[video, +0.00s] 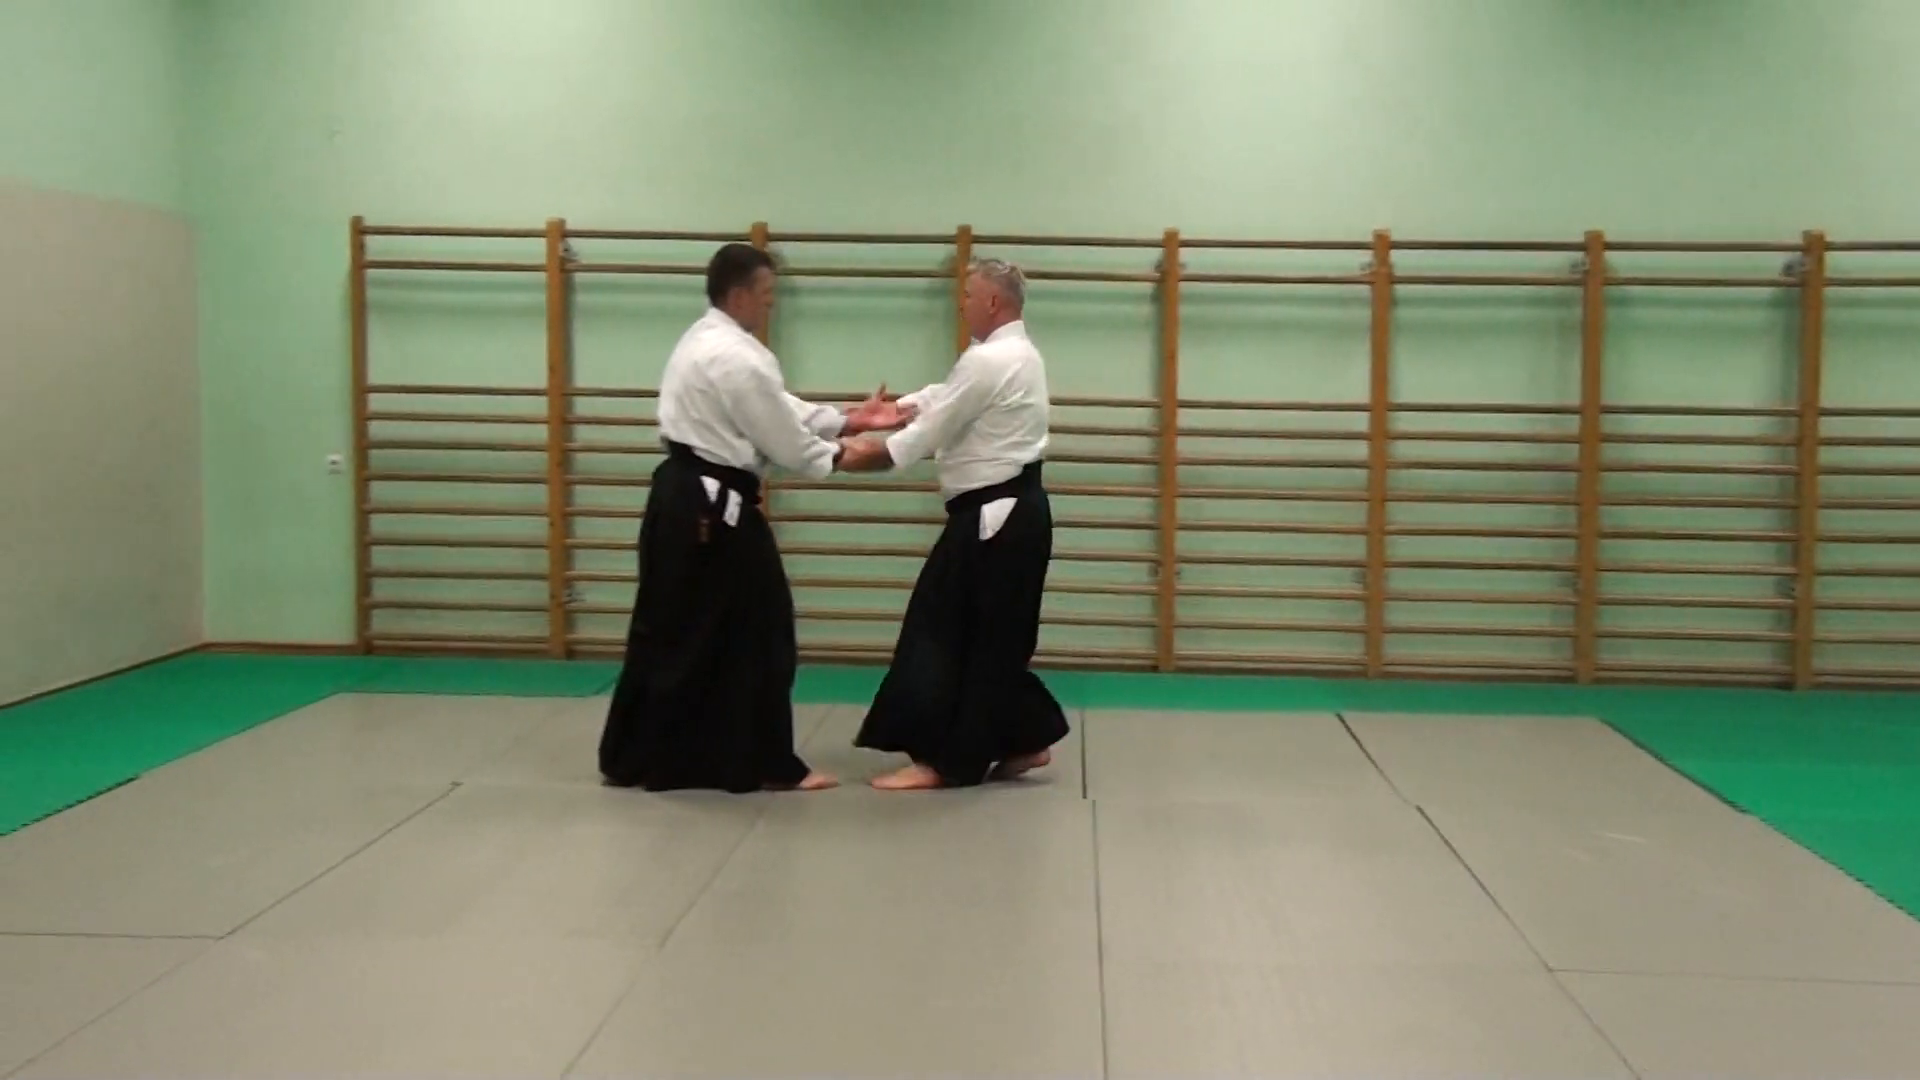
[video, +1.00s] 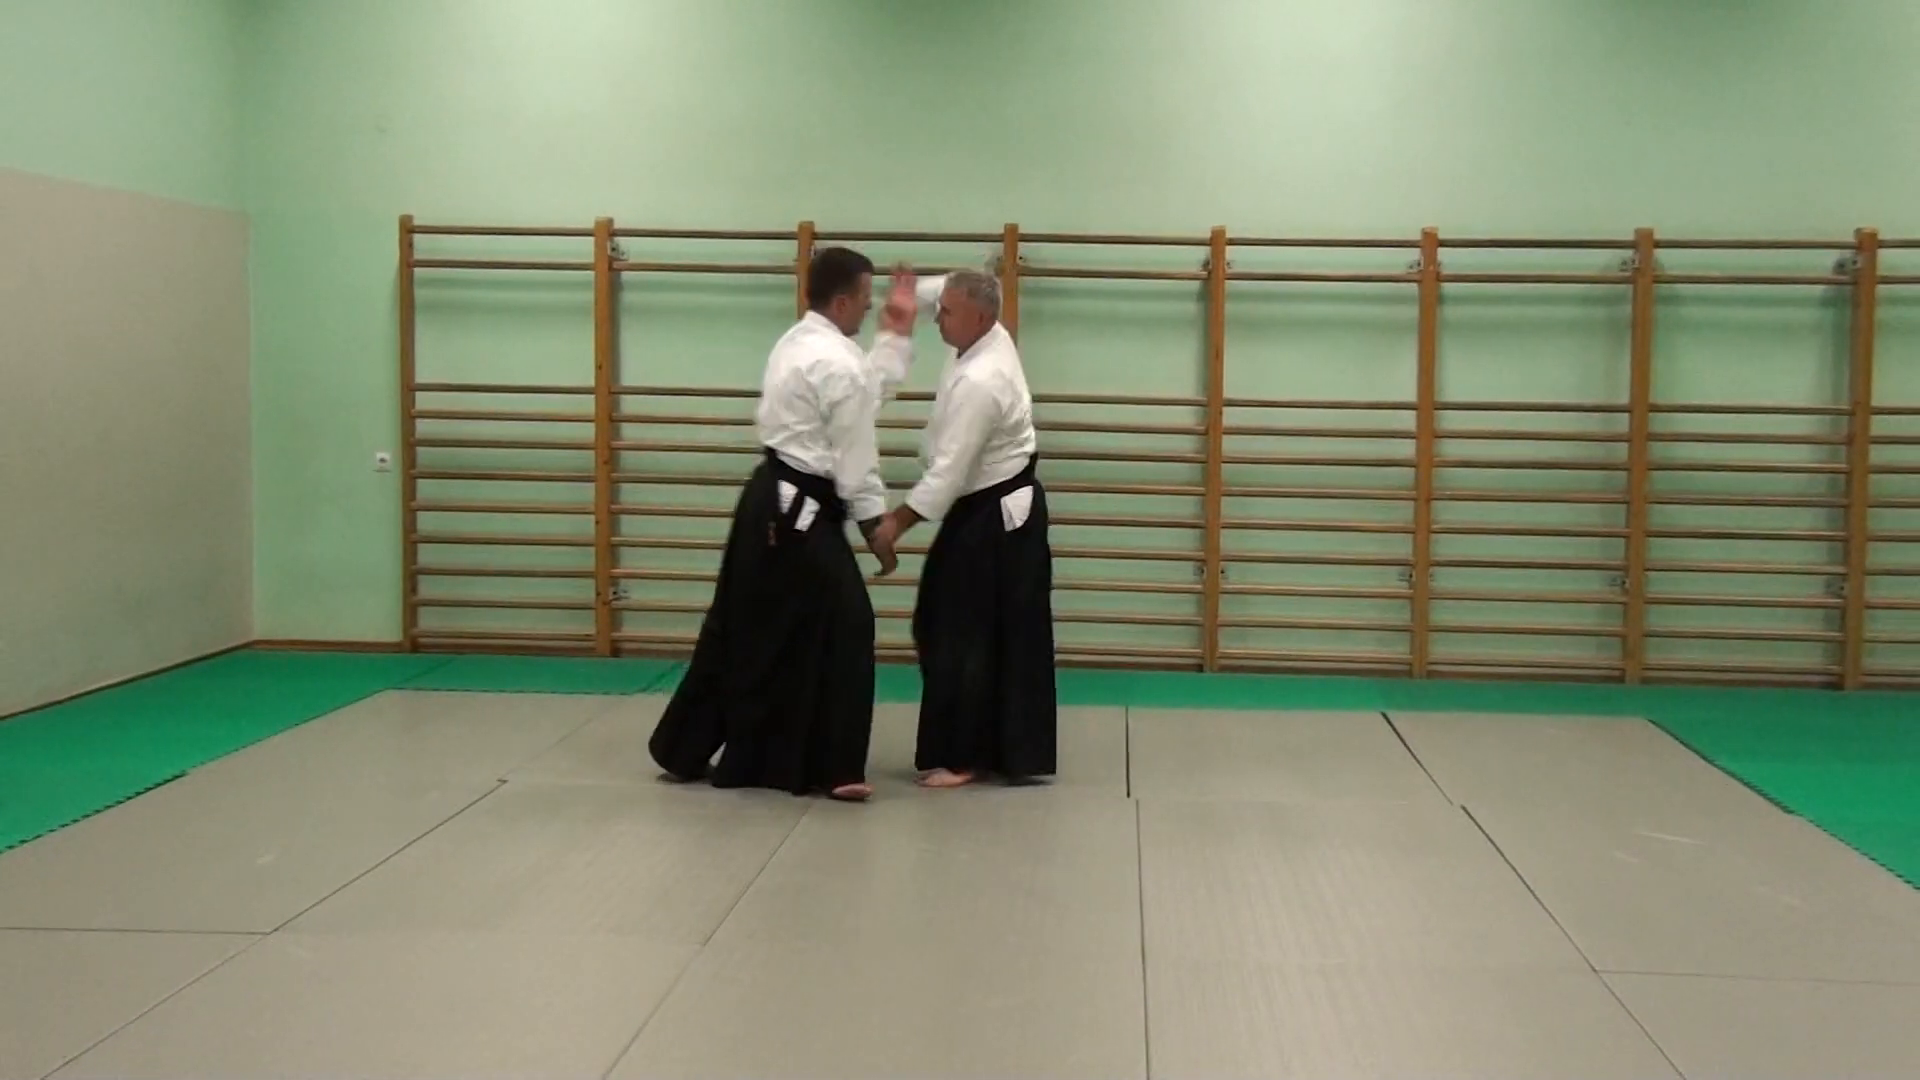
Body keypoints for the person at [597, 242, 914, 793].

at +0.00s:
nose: (771, 304)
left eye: (771, 293)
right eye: (765, 293)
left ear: (729, 294)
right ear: (737, 294)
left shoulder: (700, 340)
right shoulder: (742, 360)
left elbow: (777, 411)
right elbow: (789, 449)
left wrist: (851, 416)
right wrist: (842, 457)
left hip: (678, 495)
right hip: (720, 508)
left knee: (668, 625)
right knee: (766, 625)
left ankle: (638, 756)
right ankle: (769, 761)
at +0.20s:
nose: (826, 304)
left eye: (826, 293)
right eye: (821, 294)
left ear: (783, 295)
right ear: (794, 297)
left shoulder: (749, 341)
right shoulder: (796, 359)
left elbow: (818, 416)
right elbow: (836, 454)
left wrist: (880, 437)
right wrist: (890, 462)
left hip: (725, 492)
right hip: (768, 505)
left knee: (719, 625)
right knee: (817, 624)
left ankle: (691, 754)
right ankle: (825, 761)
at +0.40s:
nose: (820, 303)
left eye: (820, 293)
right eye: (816, 293)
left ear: (776, 293)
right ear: (790, 295)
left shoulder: (743, 340)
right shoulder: (792, 358)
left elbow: (813, 413)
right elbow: (830, 454)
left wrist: (877, 434)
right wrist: (884, 460)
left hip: (721, 490)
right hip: (766, 505)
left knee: (715, 623)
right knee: (813, 622)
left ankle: (687, 753)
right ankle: (825, 760)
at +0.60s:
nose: (807, 302)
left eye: (807, 290)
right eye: (803, 291)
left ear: (758, 290)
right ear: (778, 291)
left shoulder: (727, 340)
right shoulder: (783, 358)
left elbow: (793, 421)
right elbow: (820, 458)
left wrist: (867, 424)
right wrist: (865, 460)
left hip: (707, 491)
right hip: (755, 505)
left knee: (705, 621)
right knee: (801, 619)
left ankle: (677, 753)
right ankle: (811, 759)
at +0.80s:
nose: (821, 303)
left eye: (821, 293)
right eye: (818, 293)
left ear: (776, 295)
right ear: (797, 296)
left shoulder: (744, 342)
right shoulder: (799, 359)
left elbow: (798, 428)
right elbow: (820, 461)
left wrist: (864, 398)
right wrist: (850, 482)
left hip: (714, 490)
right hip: (760, 504)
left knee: (711, 620)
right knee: (823, 617)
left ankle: (674, 750)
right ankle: (815, 756)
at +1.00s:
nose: (867, 306)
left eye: (865, 295)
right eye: (863, 296)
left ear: (818, 296)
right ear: (844, 300)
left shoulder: (794, 342)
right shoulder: (839, 364)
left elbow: (862, 393)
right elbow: (854, 461)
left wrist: (896, 334)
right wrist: (877, 525)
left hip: (768, 495)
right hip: (802, 512)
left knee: (748, 627)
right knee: (850, 623)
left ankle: (685, 748)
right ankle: (835, 767)